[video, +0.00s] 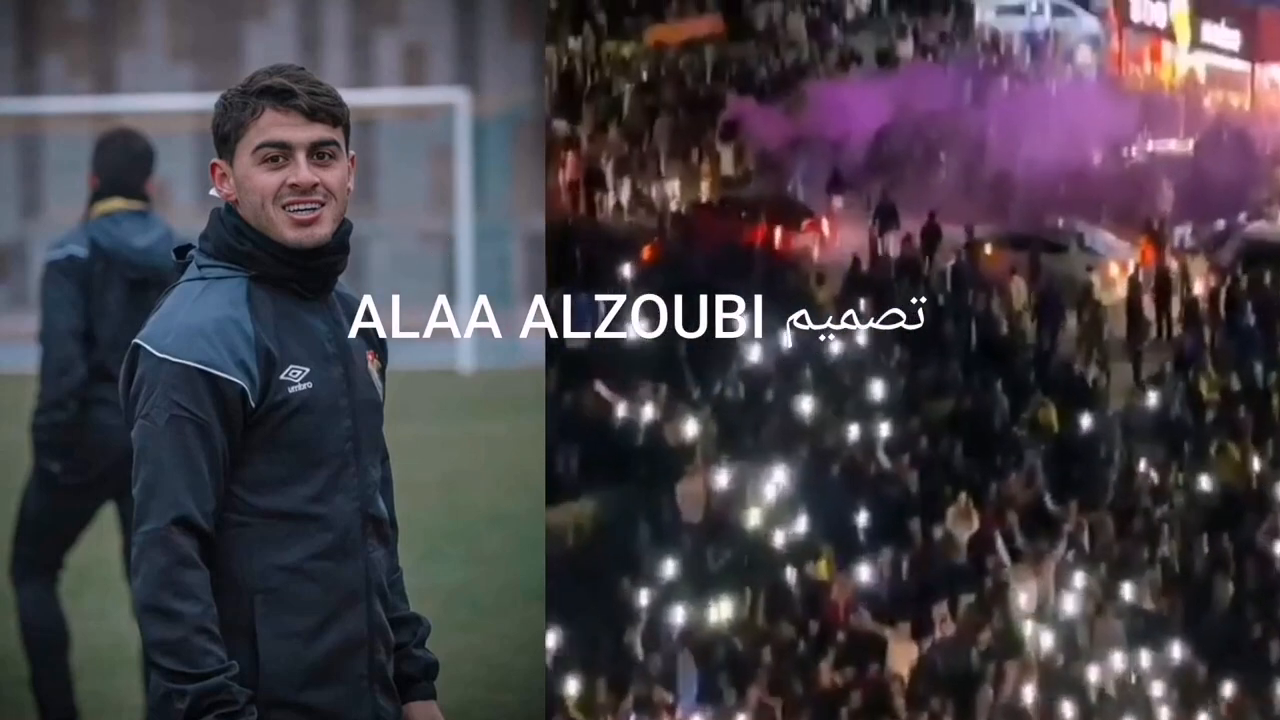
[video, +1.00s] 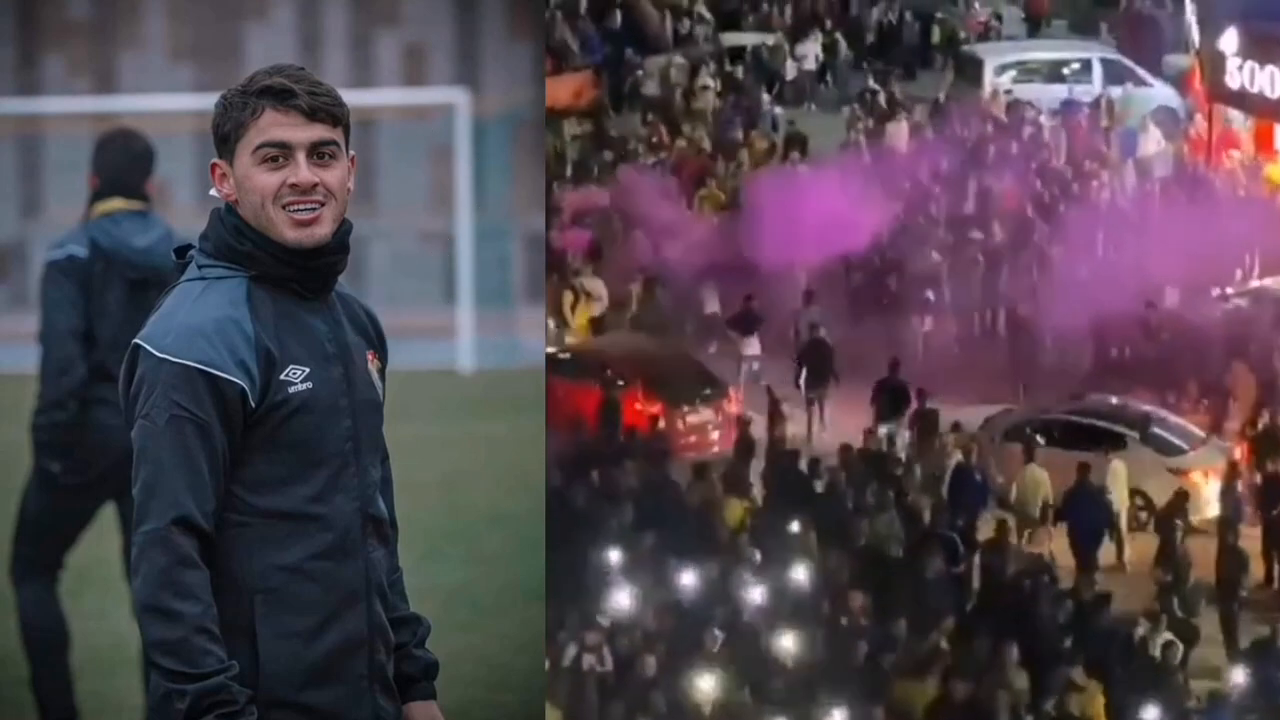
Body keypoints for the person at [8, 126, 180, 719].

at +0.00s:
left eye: (94, 173)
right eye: (150, 178)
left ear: (94, 180)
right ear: (152, 185)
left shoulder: (73, 253)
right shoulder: (178, 254)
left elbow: (65, 362)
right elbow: (191, 352)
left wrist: (52, 442)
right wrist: (175, 429)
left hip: (88, 448)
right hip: (158, 447)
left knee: (34, 569)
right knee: (156, 580)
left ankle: (57, 709)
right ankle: (167, 706)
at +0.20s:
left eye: (93, 173)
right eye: (150, 178)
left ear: (94, 180)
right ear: (152, 185)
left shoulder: (73, 253)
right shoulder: (178, 254)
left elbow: (65, 362)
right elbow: (190, 351)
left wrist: (51, 440)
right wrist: (174, 428)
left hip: (88, 448)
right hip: (158, 447)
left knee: (34, 569)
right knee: (156, 580)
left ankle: (57, 709)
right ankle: (167, 706)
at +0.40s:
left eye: (94, 173)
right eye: (149, 178)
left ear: (94, 180)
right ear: (152, 185)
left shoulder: (73, 253)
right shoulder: (178, 254)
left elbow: (65, 361)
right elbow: (190, 352)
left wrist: (51, 442)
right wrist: (175, 429)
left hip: (88, 449)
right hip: (158, 448)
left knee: (34, 569)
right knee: (156, 580)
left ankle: (57, 709)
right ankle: (167, 706)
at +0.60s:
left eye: (94, 173)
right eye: (149, 178)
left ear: (94, 180)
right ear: (152, 185)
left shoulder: (73, 252)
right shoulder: (177, 254)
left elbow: (65, 361)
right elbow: (190, 351)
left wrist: (51, 441)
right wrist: (174, 429)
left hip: (88, 448)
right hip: (158, 447)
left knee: (34, 569)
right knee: (156, 580)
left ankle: (57, 709)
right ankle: (167, 706)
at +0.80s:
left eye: (94, 173)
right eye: (149, 178)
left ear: (94, 180)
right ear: (152, 185)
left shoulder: (73, 252)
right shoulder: (177, 254)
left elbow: (65, 361)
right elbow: (190, 351)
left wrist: (51, 441)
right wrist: (174, 429)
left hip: (88, 448)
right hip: (158, 447)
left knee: (34, 569)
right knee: (156, 580)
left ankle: (57, 709)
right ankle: (167, 706)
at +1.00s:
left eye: (94, 173)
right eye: (149, 178)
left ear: (94, 180)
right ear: (152, 185)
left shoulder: (73, 252)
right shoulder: (177, 254)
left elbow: (65, 361)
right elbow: (190, 351)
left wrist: (51, 441)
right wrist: (174, 429)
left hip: (88, 448)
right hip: (158, 447)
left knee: (34, 569)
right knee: (156, 580)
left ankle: (57, 709)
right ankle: (167, 706)